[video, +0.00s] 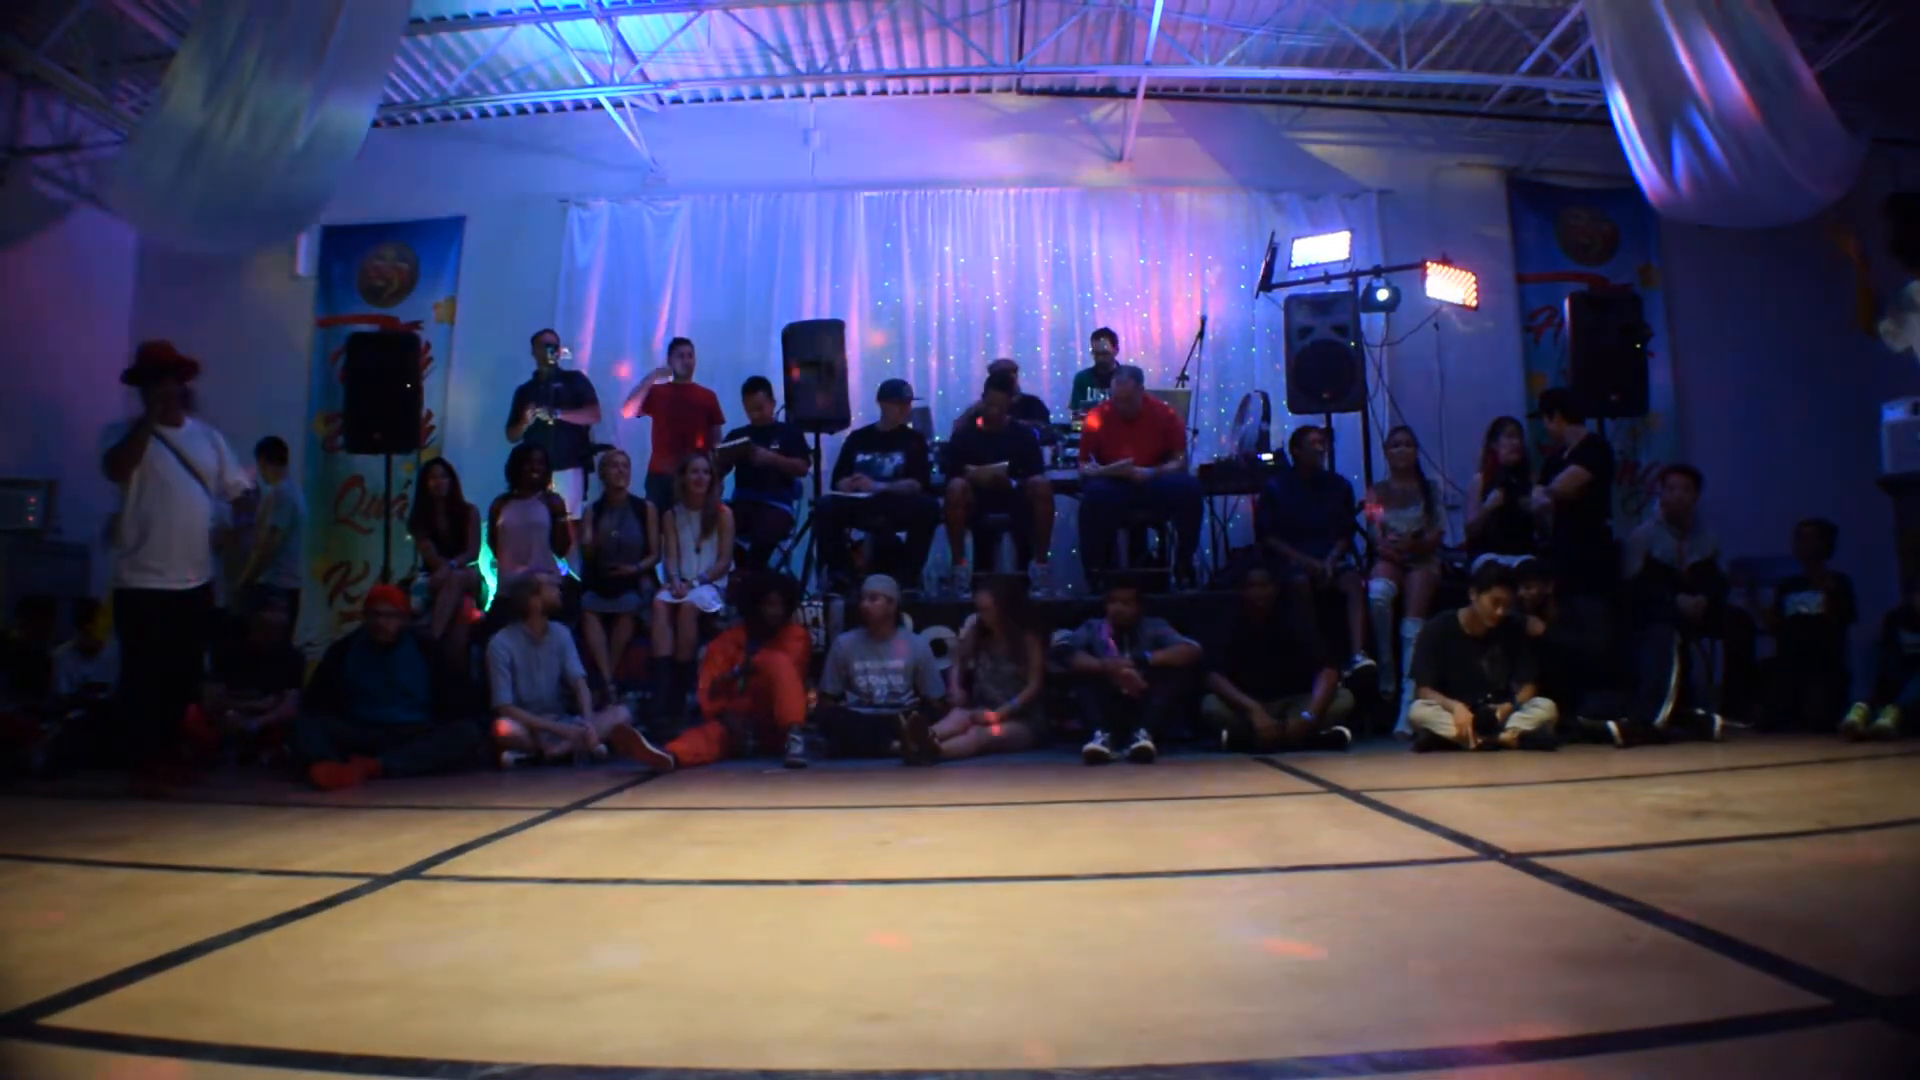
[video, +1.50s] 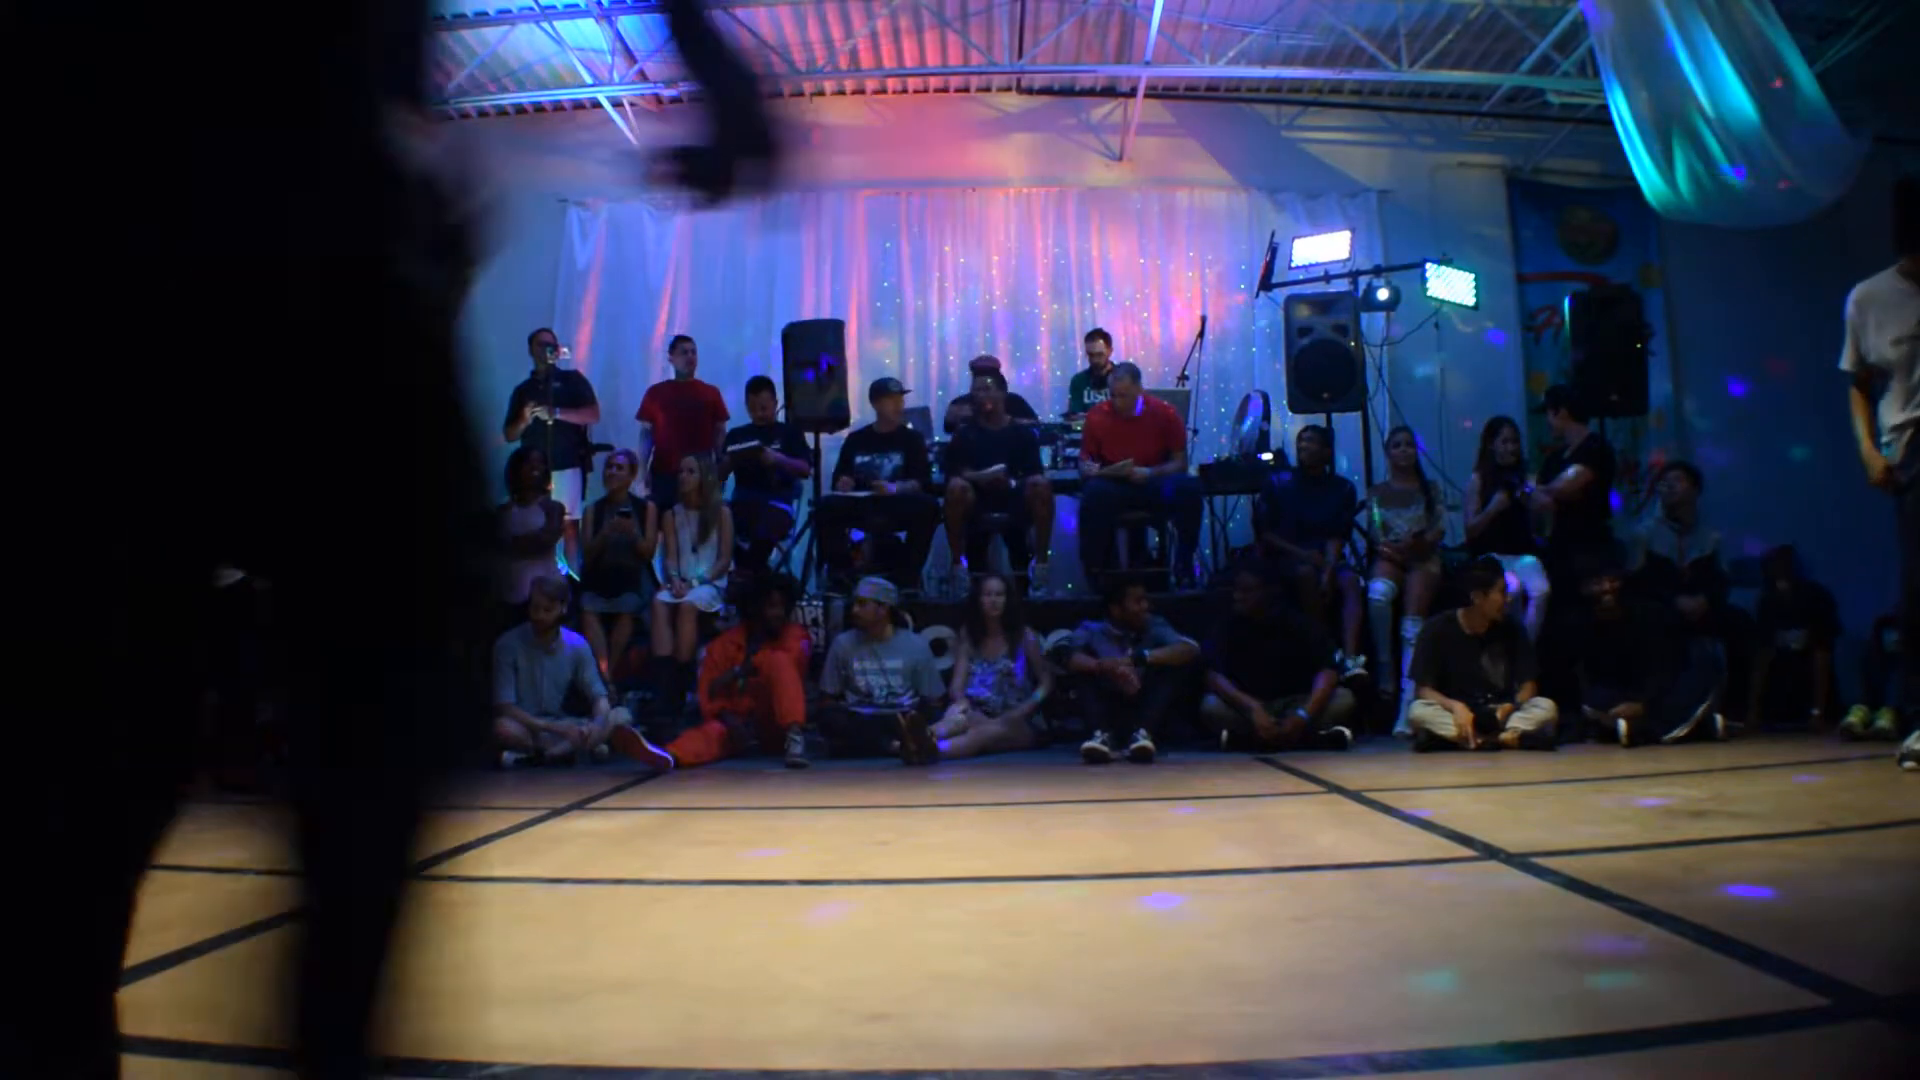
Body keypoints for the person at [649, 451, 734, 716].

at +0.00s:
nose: (700, 478)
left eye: (705, 472)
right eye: (694, 472)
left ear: (712, 478)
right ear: (683, 478)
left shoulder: (722, 513)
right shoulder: (672, 516)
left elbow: (725, 560)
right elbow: (670, 556)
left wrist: (697, 582)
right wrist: (674, 581)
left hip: (710, 580)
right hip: (679, 580)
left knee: (688, 607)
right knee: (659, 605)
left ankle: (682, 682)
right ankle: (662, 680)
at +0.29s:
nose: (698, 478)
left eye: (704, 473)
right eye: (692, 472)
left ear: (712, 479)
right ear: (681, 478)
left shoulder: (721, 514)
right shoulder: (670, 516)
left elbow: (724, 558)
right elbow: (669, 556)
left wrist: (701, 579)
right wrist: (674, 580)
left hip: (707, 581)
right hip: (677, 581)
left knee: (688, 607)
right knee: (660, 605)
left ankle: (682, 683)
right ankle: (661, 681)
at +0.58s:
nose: (700, 477)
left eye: (705, 472)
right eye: (694, 472)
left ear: (711, 478)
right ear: (682, 478)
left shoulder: (722, 513)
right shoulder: (672, 516)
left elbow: (724, 560)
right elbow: (670, 555)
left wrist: (699, 581)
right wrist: (675, 580)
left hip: (711, 579)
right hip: (680, 580)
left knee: (689, 605)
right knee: (661, 603)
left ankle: (683, 679)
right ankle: (664, 677)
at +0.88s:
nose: (692, 478)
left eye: (698, 472)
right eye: (687, 473)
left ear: (708, 478)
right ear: (680, 479)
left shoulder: (721, 513)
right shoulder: (671, 515)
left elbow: (724, 561)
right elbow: (670, 556)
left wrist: (698, 581)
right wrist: (675, 581)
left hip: (710, 580)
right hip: (679, 580)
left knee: (688, 606)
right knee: (659, 602)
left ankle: (682, 676)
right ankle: (662, 674)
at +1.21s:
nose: (683, 478)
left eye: (690, 472)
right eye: (681, 472)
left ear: (704, 478)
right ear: (678, 478)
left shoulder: (721, 514)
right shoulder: (672, 515)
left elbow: (724, 561)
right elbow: (670, 555)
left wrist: (698, 582)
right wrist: (674, 580)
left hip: (709, 581)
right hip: (679, 581)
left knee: (688, 606)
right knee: (659, 603)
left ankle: (682, 680)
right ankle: (662, 678)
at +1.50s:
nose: (683, 477)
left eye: (690, 472)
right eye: (681, 472)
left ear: (704, 477)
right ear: (678, 477)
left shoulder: (721, 514)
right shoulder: (672, 516)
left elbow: (724, 560)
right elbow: (670, 557)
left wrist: (699, 582)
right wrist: (674, 579)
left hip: (710, 580)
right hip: (679, 580)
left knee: (688, 606)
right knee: (660, 602)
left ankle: (681, 678)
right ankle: (662, 675)